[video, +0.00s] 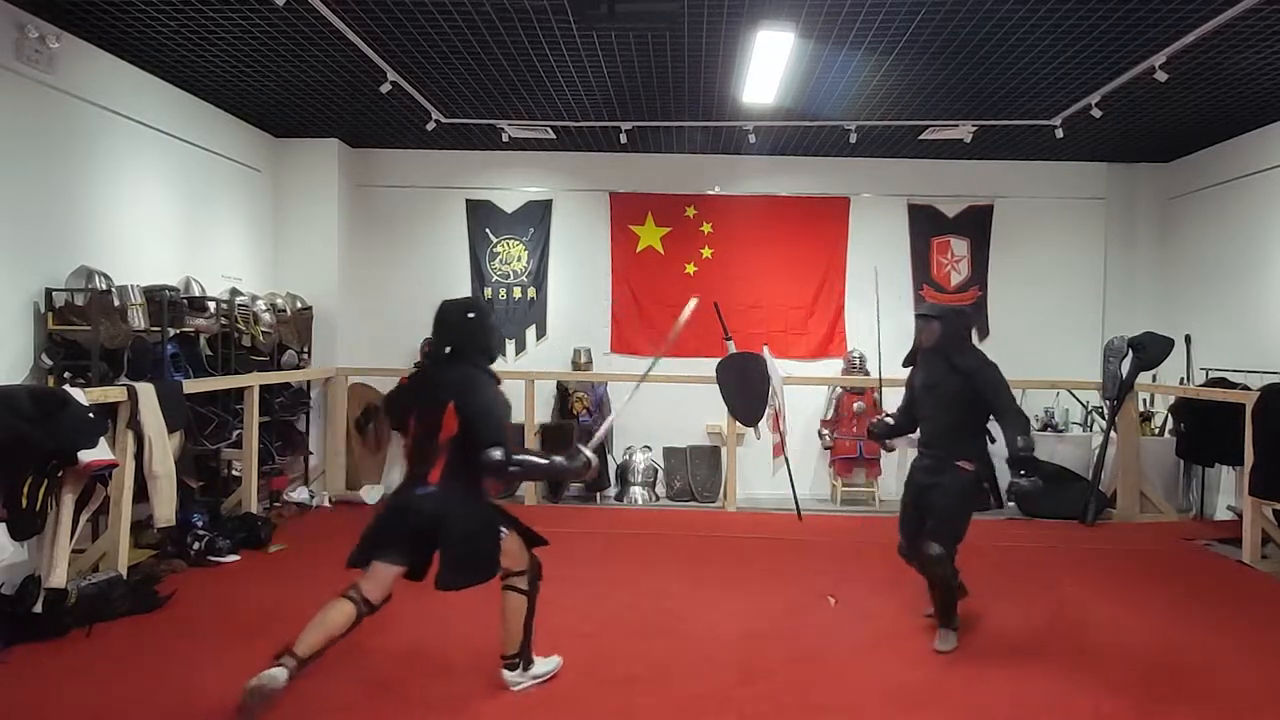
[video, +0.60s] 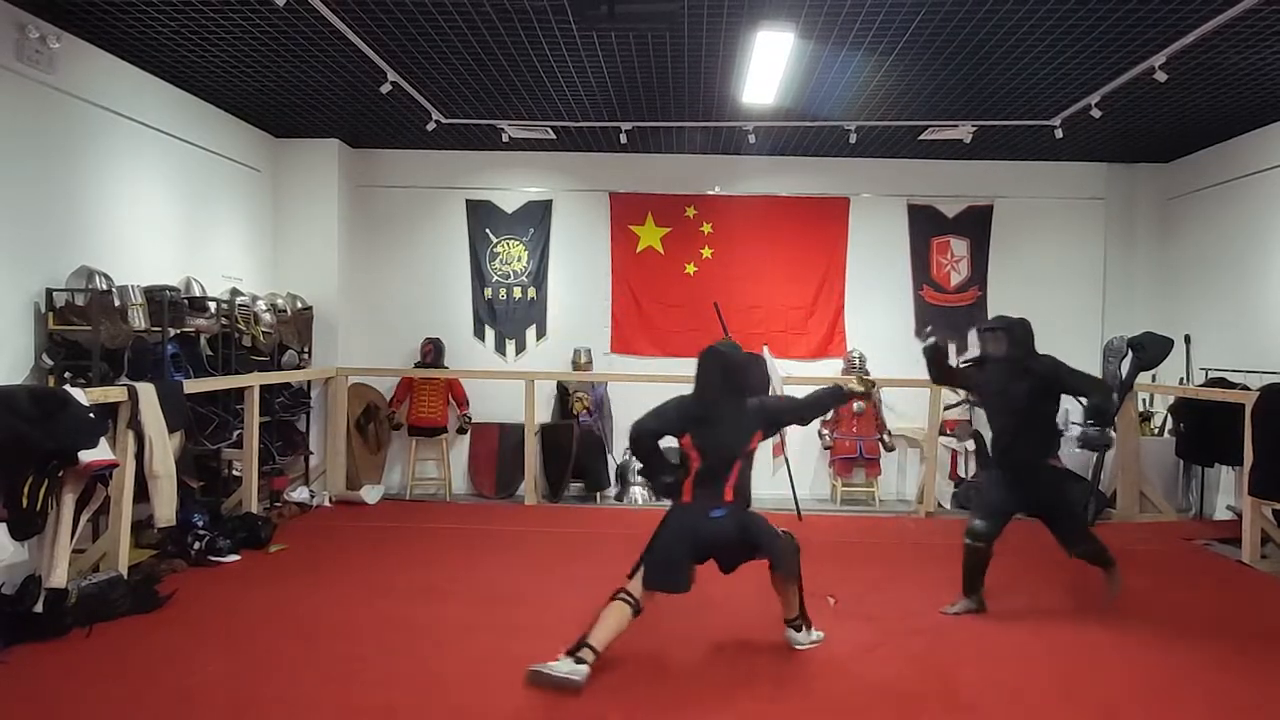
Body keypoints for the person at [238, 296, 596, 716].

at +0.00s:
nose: (498, 341)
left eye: (493, 332)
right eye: (492, 334)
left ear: (446, 339)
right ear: (482, 341)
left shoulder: (423, 378)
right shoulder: (483, 390)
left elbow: (390, 415)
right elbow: (495, 472)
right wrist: (566, 468)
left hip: (411, 501)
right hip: (461, 505)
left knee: (364, 592)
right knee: (521, 565)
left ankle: (285, 666)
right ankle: (517, 666)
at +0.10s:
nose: (535, 330)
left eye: (533, 320)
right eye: (531, 321)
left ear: (481, 322)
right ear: (521, 324)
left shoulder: (460, 367)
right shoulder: (520, 375)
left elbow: (426, 401)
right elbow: (556, 443)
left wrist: (459, 425)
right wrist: (618, 450)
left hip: (454, 493)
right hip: (500, 497)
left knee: (442, 579)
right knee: (551, 566)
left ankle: (390, 656)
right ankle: (523, 663)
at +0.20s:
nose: (563, 326)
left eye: (560, 317)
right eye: (560, 318)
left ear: (509, 322)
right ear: (550, 324)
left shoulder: (488, 369)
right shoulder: (560, 377)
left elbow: (458, 398)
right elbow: (607, 424)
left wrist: (492, 427)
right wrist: (669, 430)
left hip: (495, 492)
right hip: (544, 494)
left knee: (501, 581)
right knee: (592, 557)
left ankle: (481, 664)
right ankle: (547, 643)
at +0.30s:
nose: (601, 346)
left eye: (598, 338)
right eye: (597, 339)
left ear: (546, 342)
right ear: (587, 345)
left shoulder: (522, 385)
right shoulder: (598, 393)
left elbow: (493, 411)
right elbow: (656, 430)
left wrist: (532, 444)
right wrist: (713, 408)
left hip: (534, 510)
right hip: (583, 508)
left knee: (514, 597)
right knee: (647, 541)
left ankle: (476, 678)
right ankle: (643, 637)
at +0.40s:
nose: (647, 352)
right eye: (643, 346)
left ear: (597, 353)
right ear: (638, 357)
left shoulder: (573, 393)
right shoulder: (651, 400)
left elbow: (532, 423)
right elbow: (704, 446)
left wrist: (571, 448)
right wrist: (755, 408)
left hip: (585, 515)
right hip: (642, 514)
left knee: (537, 586)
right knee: (701, 549)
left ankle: (482, 664)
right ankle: (748, 622)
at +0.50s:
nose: (675, 365)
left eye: (663, 360)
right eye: (688, 358)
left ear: (653, 366)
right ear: (695, 368)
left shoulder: (637, 402)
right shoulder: (713, 405)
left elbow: (590, 430)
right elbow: (768, 428)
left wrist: (621, 473)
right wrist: (814, 403)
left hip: (645, 517)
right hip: (699, 517)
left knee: (592, 590)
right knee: (755, 562)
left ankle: (520, 652)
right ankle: (790, 631)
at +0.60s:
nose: (758, 380)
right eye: (753, 374)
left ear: (706, 377)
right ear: (742, 379)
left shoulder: (686, 407)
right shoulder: (756, 410)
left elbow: (640, 432)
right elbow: (807, 407)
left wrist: (662, 473)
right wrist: (844, 388)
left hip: (682, 522)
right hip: (734, 520)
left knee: (635, 589)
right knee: (785, 549)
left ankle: (580, 659)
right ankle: (798, 628)